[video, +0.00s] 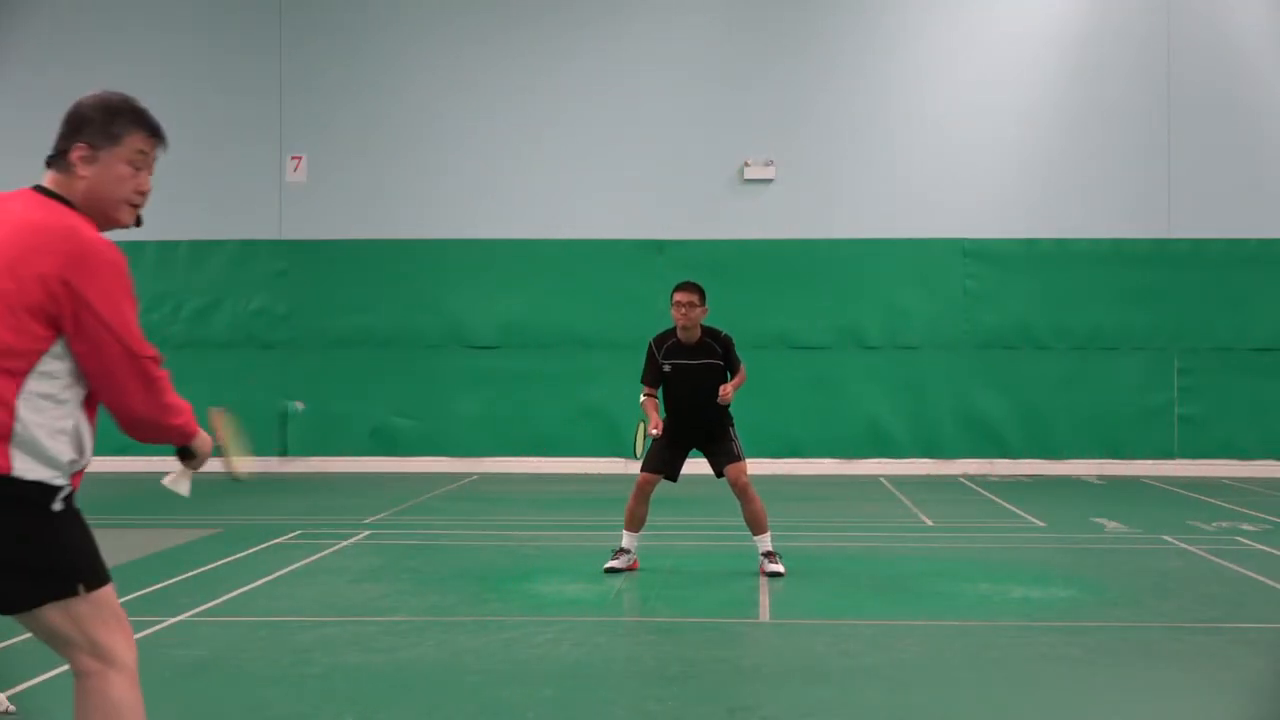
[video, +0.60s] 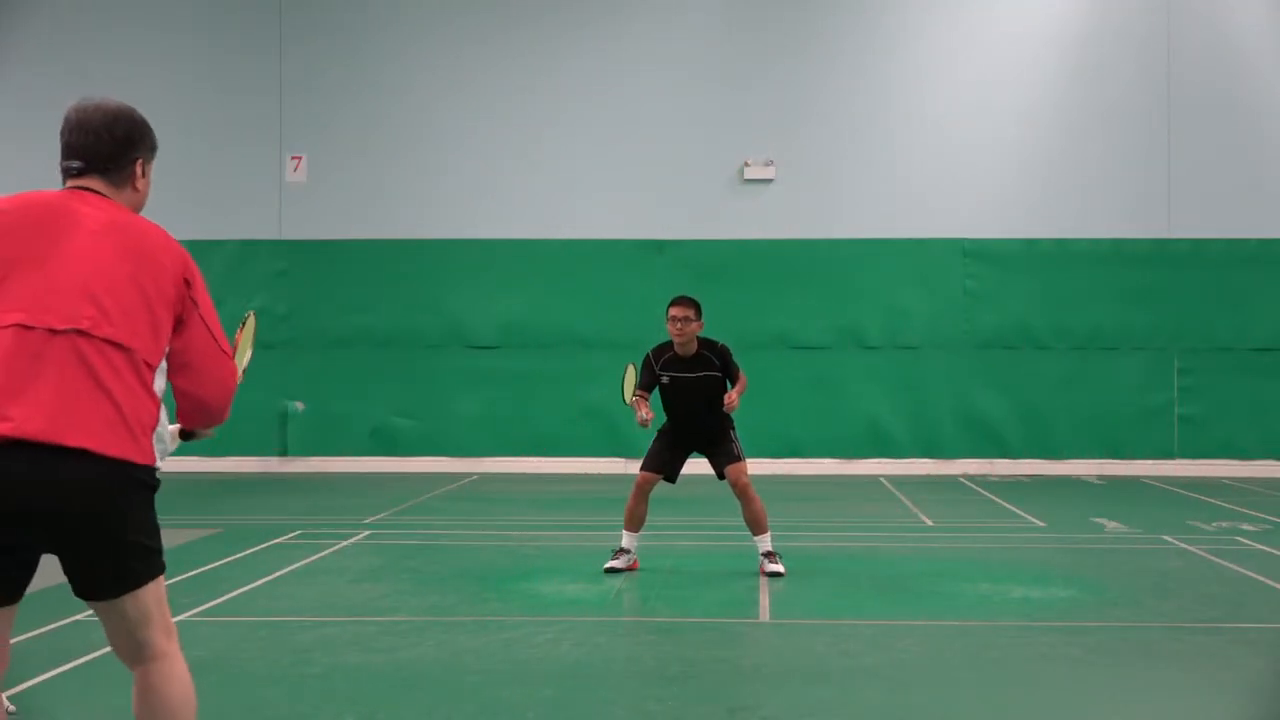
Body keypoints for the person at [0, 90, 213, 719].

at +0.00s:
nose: (147, 186)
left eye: (151, 171)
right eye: (136, 166)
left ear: (78, 162)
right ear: (80, 159)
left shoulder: (14, 213)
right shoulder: (81, 248)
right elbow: (132, 387)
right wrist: (187, 435)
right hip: (19, 485)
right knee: (105, 654)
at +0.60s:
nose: (151, 182)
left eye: (151, 170)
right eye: (151, 170)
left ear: (67, 165)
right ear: (139, 171)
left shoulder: (6, 212)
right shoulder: (162, 252)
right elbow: (210, 391)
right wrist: (193, 420)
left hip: (2, 459)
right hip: (103, 471)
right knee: (152, 652)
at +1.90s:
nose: (200, 223)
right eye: (199, 212)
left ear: (122, 203)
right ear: (190, 214)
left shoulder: (51, 240)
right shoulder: (209, 282)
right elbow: (217, 379)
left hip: (30, 456)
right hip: (145, 468)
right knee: (166, 639)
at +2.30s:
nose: (184, 194)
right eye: (183, 185)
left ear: (100, 184)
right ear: (174, 189)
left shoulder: (45, 224)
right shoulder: (205, 265)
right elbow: (221, 389)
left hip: (34, 446)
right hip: (148, 458)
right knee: (168, 643)